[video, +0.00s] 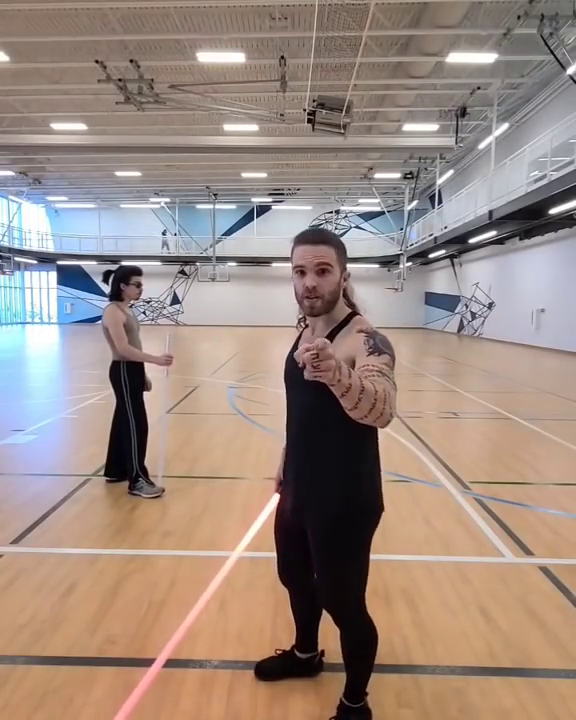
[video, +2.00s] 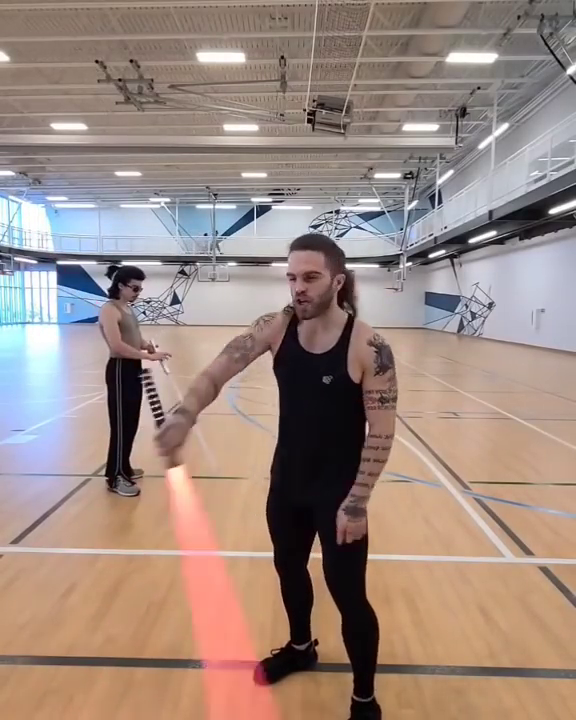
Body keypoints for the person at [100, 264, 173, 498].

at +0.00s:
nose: (140, 289)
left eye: (141, 285)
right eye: (136, 285)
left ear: (131, 287)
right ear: (121, 286)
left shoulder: (125, 310)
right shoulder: (113, 311)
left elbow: (131, 348)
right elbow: (122, 348)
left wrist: (142, 375)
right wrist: (156, 359)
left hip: (131, 370)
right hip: (124, 371)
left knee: (124, 420)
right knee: (137, 424)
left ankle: (115, 469)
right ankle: (137, 480)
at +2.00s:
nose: (137, 294)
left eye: (139, 290)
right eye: (134, 288)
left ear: (135, 289)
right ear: (120, 286)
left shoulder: (126, 309)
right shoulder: (110, 310)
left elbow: (129, 339)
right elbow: (116, 346)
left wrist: (145, 345)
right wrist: (148, 355)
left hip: (132, 366)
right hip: (120, 368)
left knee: (130, 423)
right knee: (121, 424)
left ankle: (124, 468)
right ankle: (114, 476)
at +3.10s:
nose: (139, 288)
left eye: (140, 284)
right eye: (135, 284)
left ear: (132, 287)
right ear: (121, 285)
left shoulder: (125, 309)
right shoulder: (113, 309)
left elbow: (127, 343)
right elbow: (109, 345)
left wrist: (134, 371)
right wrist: (121, 376)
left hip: (131, 371)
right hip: (120, 373)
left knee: (130, 425)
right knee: (120, 426)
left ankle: (125, 468)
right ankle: (114, 476)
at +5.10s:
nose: (138, 289)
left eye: (138, 285)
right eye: (133, 284)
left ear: (130, 287)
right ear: (120, 286)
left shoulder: (124, 310)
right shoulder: (113, 312)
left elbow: (129, 347)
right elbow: (118, 350)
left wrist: (138, 376)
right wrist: (132, 381)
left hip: (132, 368)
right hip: (123, 370)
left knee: (122, 422)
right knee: (135, 424)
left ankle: (115, 468)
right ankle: (135, 479)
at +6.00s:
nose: (137, 288)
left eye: (138, 284)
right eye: (133, 284)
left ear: (132, 287)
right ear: (119, 286)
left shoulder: (125, 310)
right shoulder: (114, 312)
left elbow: (132, 346)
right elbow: (119, 351)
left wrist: (141, 375)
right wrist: (132, 382)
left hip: (132, 369)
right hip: (123, 372)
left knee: (122, 422)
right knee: (136, 425)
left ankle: (114, 468)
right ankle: (136, 479)